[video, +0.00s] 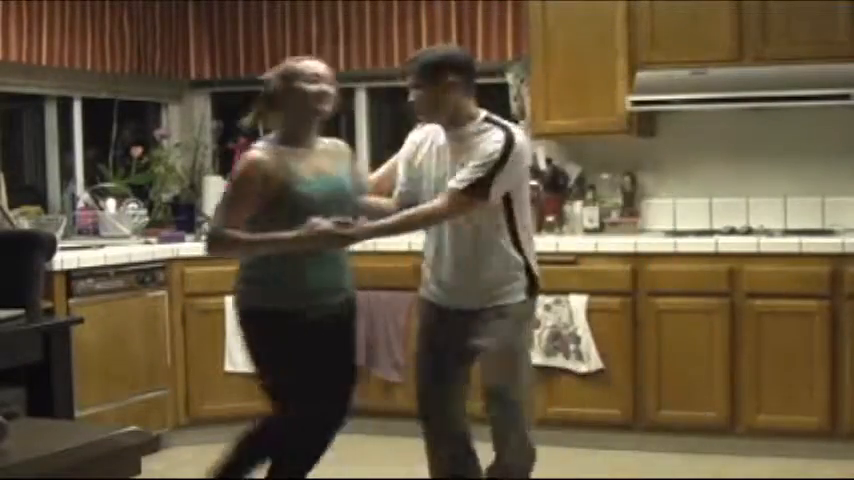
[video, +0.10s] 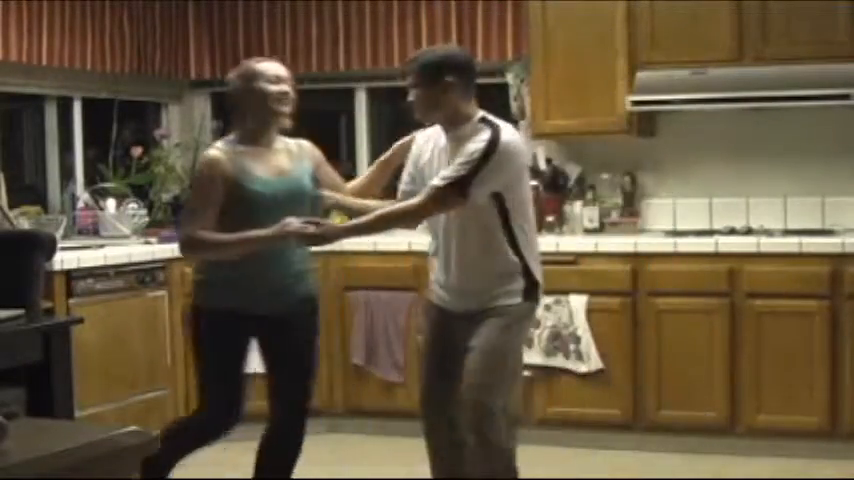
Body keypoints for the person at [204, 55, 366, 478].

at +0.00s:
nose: (326, 89)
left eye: (330, 82)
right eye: (313, 81)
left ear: (336, 96)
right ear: (282, 93)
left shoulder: (340, 151)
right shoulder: (260, 163)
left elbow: (355, 206)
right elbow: (218, 239)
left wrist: (407, 209)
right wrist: (302, 238)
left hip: (333, 304)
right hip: (273, 307)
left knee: (328, 415)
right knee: (295, 416)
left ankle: (284, 475)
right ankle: (227, 472)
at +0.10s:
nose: (287, 90)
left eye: (289, 83)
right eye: (275, 82)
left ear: (295, 94)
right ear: (243, 93)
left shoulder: (304, 152)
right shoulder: (218, 161)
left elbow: (349, 197)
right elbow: (192, 241)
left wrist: (395, 156)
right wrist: (274, 235)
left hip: (291, 301)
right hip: (225, 303)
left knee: (290, 419)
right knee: (220, 413)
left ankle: (270, 479)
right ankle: (153, 464)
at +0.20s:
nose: (255, 92)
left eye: (257, 85)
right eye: (243, 84)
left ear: (260, 98)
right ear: (212, 97)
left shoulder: (270, 155)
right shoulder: (186, 160)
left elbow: (306, 214)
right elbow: (175, 240)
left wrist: (345, 183)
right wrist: (252, 233)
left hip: (246, 300)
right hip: (181, 301)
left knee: (271, 413)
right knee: (178, 409)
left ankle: (264, 479)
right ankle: (143, 471)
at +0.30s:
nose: (229, 91)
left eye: (230, 83)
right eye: (217, 83)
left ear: (233, 97)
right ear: (188, 95)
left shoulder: (239, 154)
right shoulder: (163, 153)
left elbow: (251, 220)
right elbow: (164, 231)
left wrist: (299, 214)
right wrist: (237, 223)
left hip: (211, 289)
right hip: (151, 294)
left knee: (254, 385)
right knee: (159, 399)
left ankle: (263, 474)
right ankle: (138, 474)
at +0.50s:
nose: (199, 84)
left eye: (197, 77)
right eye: (187, 77)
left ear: (191, 89)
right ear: (157, 88)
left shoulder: (197, 143)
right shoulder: (141, 140)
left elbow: (187, 209)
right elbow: (163, 206)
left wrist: (221, 236)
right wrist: (230, 181)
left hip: (172, 276)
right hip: (121, 279)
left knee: (221, 369)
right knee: (143, 385)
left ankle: (173, 446)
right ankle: (132, 468)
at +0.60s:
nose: (190, 85)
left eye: (188, 77)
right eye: (179, 77)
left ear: (172, 89)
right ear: (151, 87)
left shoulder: (178, 142)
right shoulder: (139, 137)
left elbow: (201, 196)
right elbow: (177, 197)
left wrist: (243, 176)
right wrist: (242, 170)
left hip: (166, 277)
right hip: (121, 279)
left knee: (189, 377)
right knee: (145, 387)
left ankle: (124, 454)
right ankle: (133, 469)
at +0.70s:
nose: (188, 94)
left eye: (187, 85)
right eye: (179, 85)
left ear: (160, 94)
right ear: (151, 91)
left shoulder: (157, 140)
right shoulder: (139, 138)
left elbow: (203, 197)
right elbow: (199, 191)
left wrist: (253, 169)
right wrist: (264, 161)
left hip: (151, 280)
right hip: (123, 281)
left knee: (155, 384)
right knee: (159, 384)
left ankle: (127, 469)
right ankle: (120, 470)